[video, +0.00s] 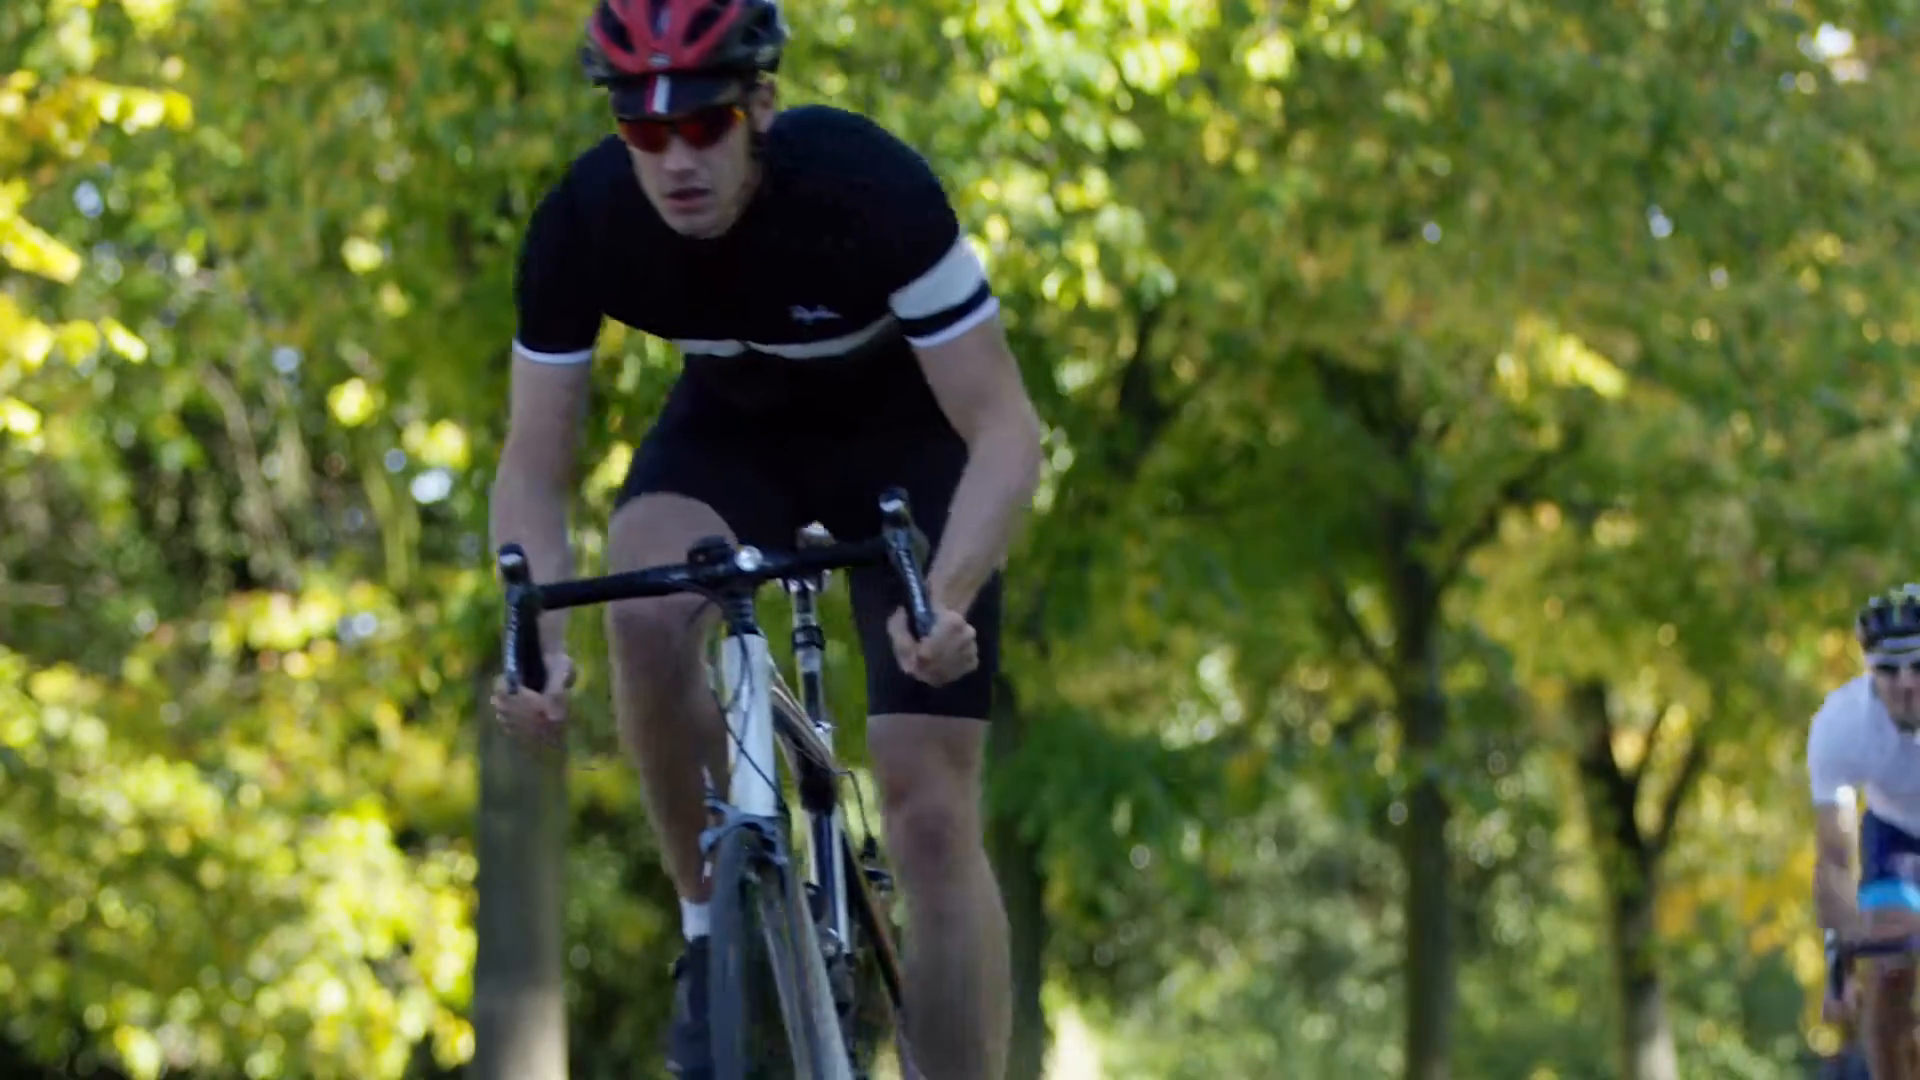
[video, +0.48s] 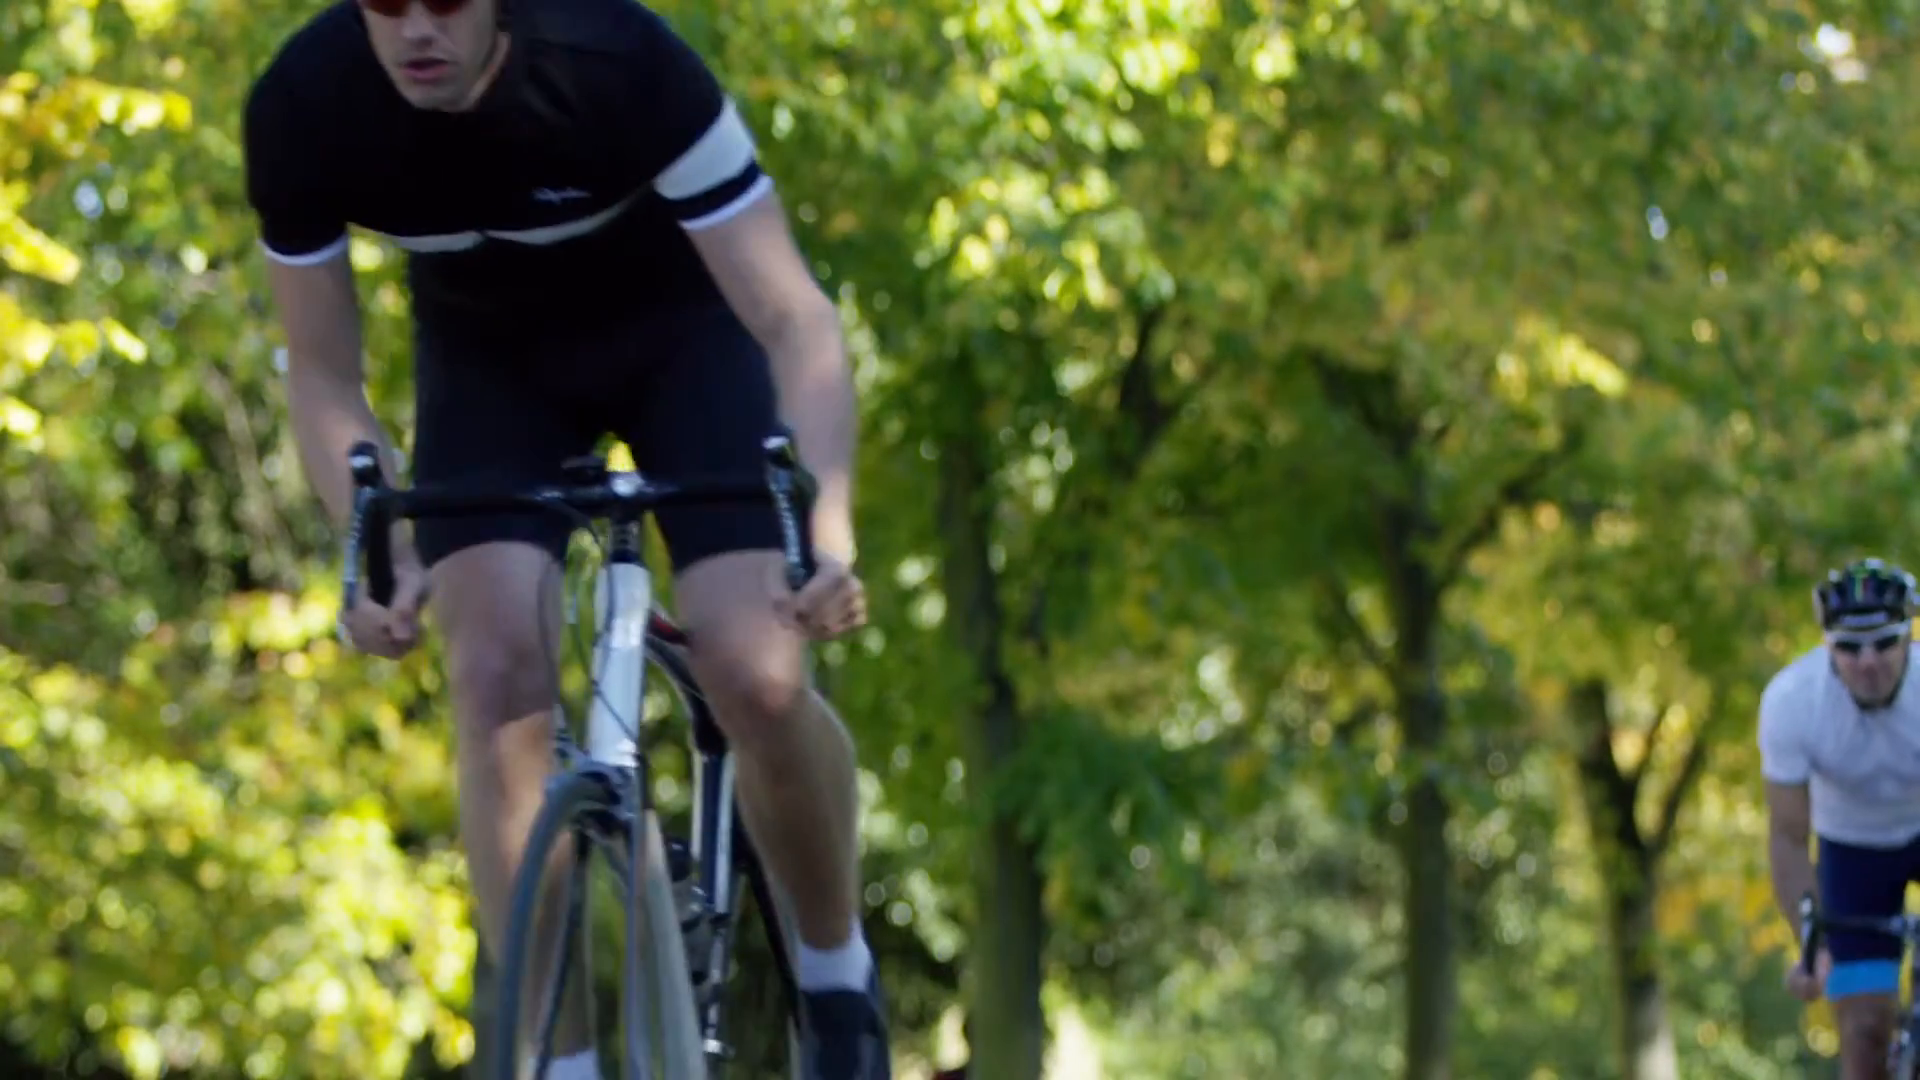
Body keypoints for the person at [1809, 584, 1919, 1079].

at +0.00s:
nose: (1906, 683)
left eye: (1916, 667)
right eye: (1890, 668)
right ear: (1870, 669)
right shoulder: (1841, 721)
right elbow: (1834, 858)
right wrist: (1849, 946)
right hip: (1895, 832)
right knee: (1893, 968)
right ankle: (1890, 1073)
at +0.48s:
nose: (1868, 662)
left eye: (1884, 644)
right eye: (1850, 647)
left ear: (1908, 636)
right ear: (1828, 643)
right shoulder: (1793, 700)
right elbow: (1788, 835)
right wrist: (1810, 936)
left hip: (1916, 837)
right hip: (1855, 845)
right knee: (1864, 1029)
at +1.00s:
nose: (1806, 624)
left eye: (1822, 605)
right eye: (1785, 610)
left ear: (1847, 596)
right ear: (1762, 609)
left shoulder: (1902, 654)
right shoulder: (1725, 665)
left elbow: (1918, 774)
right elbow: (1713, 805)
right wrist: (1711, 932)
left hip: (1891, 797)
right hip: (1786, 802)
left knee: (1899, 966)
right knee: (1777, 1001)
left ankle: (1896, 1068)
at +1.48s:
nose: (1726, 597)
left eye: (1741, 576)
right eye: (1703, 582)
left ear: (1768, 570)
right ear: (1681, 584)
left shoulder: (1835, 625)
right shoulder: (1648, 640)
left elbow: (1884, 777)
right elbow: (1635, 795)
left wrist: (1877, 901)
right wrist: (1638, 920)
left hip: (1829, 789)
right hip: (1723, 776)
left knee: (1838, 1014)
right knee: (1682, 906)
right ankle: (1714, 1070)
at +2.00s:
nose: (1653, 558)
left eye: (1671, 536)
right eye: (1630, 541)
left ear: (1697, 530)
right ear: (1603, 541)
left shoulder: (1759, 586)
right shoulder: (1560, 606)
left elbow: (1813, 747)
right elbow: (1561, 763)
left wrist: (1829, 884)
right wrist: (1578, 887)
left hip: (1749, 758)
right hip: (1632, 774)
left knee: (1779, 936)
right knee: (1650, 975)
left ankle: (1820, 1070)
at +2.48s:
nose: (1567, 506)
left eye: (1587, 483)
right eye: (1544, 488)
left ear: (1616, 474)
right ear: (1515, 486)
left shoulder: (1680, 540)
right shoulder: (1467, 558)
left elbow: (1727, 715)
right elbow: (1455, 730)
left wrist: (1719, 843)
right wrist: (1453, 871)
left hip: (1658, 706)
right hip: (1542, 726)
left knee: (1679, 863)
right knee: (1548, 977)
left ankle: (1706, 1068)